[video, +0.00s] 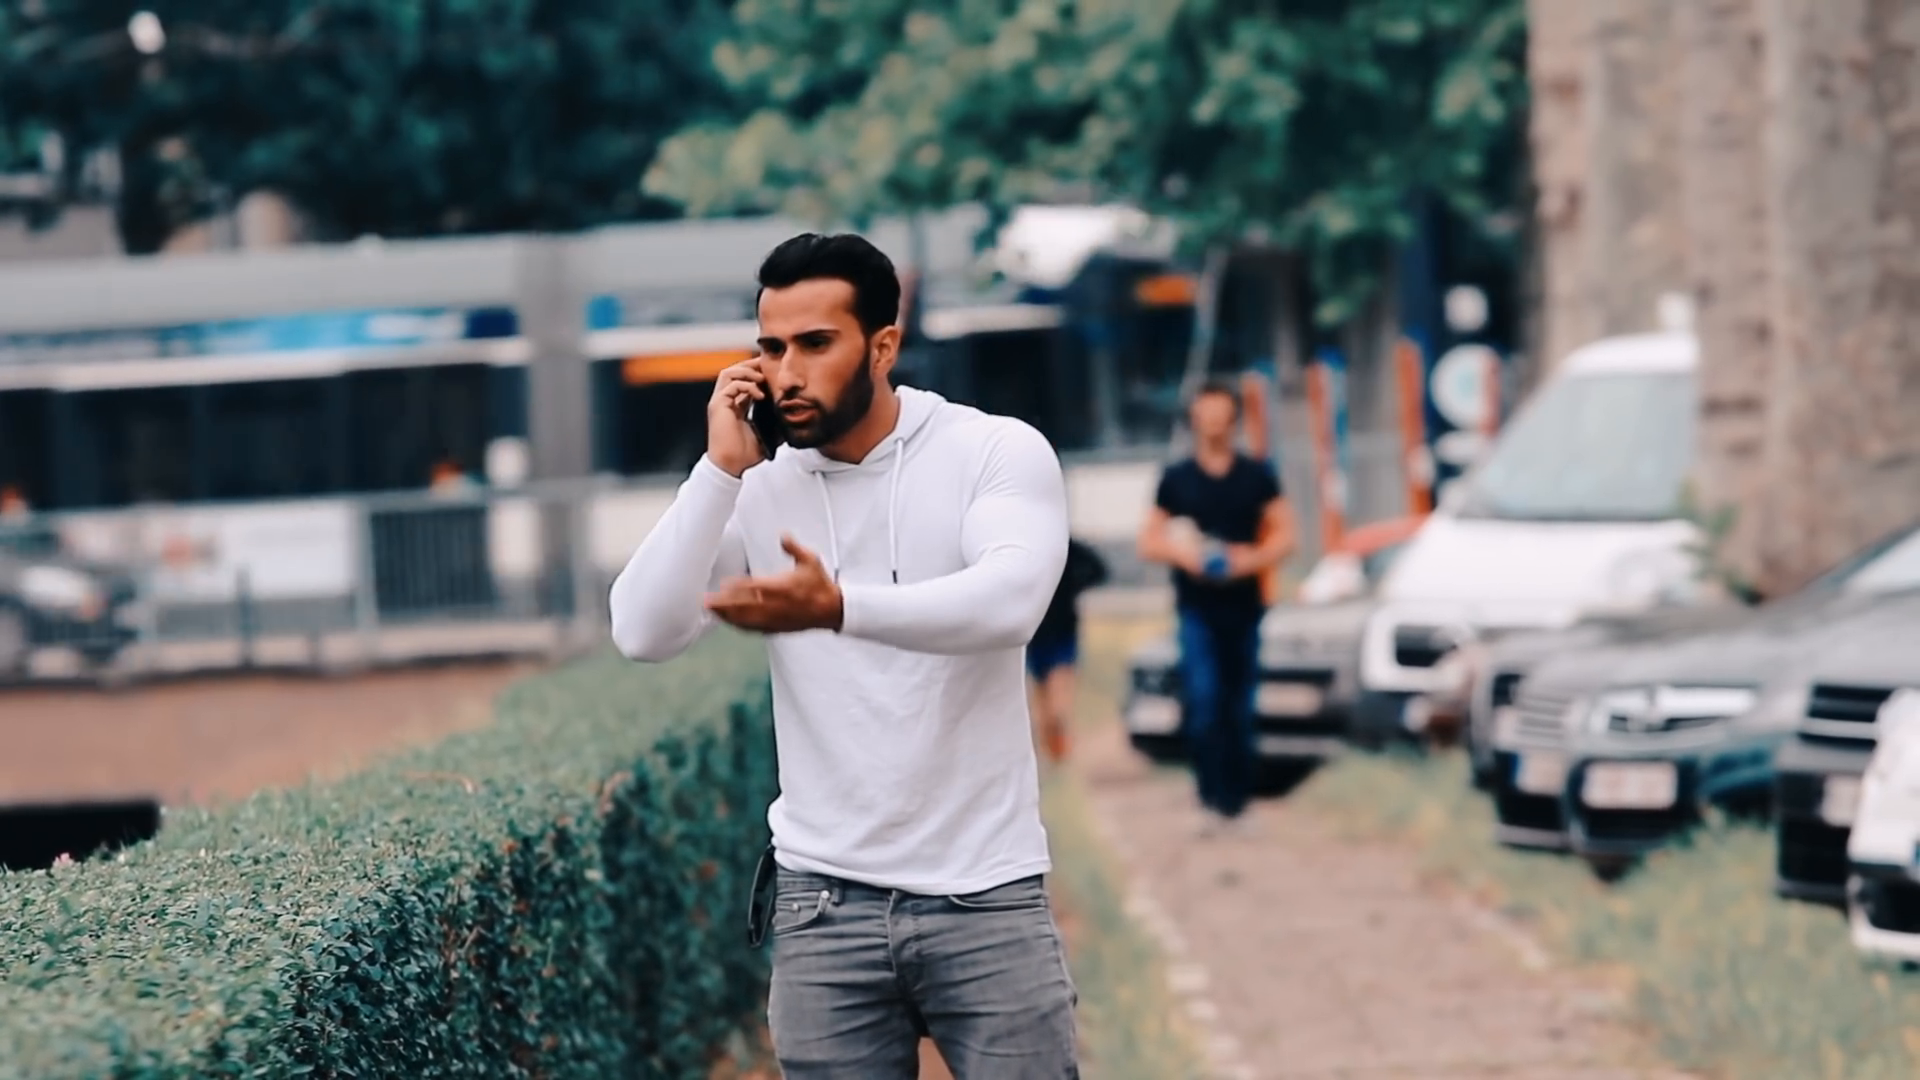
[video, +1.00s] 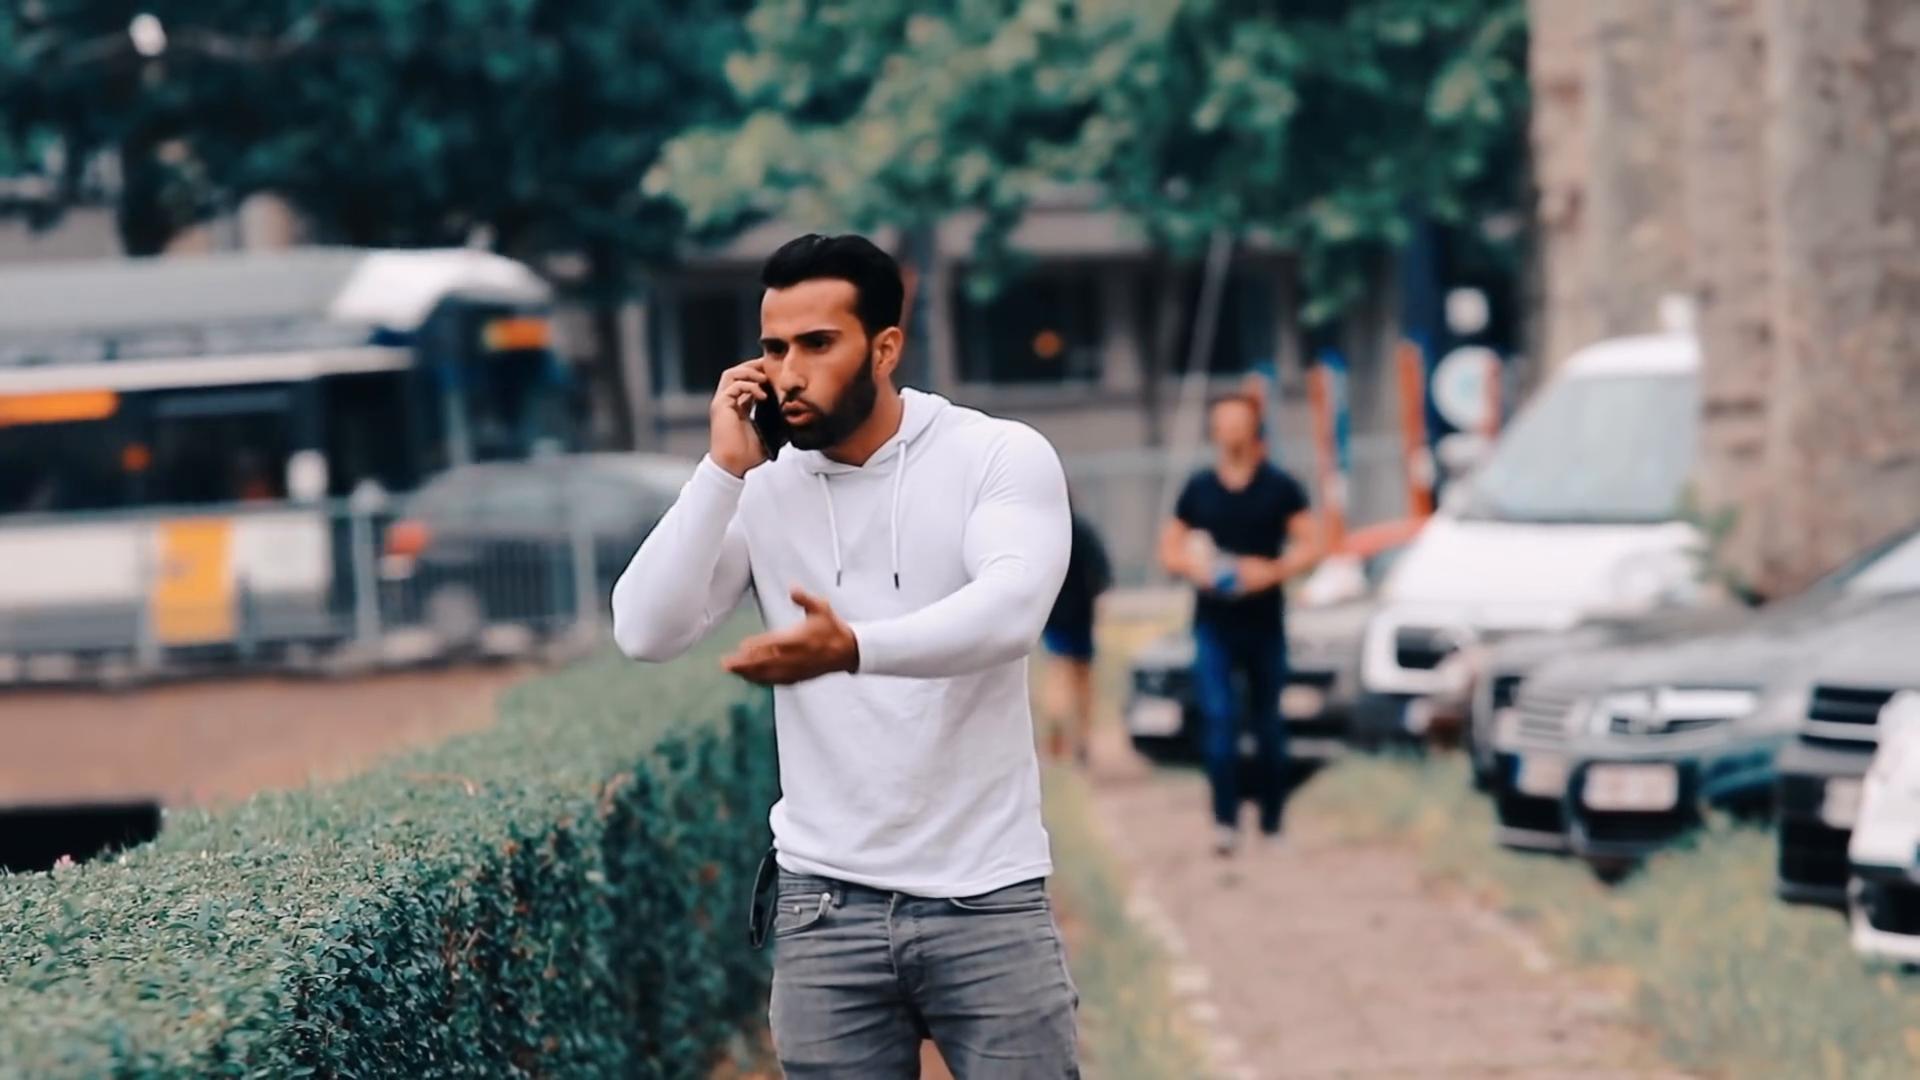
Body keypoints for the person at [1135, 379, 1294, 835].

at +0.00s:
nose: (1214, 426)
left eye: (1222, 418)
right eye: (1206, 418)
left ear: (1234, 420)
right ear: (1193, 419)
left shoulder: (1257, 475)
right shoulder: (1178, 478)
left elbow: (1283, 536)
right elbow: (1151, 540)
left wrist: (1246, 559)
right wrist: (1187, 556)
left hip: (1244, 602)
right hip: (1197, 602)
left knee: (1239, 700)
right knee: (1204, 696)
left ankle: (1238, 793)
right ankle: (1213, 795)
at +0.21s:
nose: (1216, 440)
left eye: (1223, 431)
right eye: (1207, 432)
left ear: (1232, 434)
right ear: (1193, 434)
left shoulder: (1255, 489)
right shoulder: (1176, 493)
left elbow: (1284, 546)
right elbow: (1150, 555)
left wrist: (1251, 573)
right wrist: (1189, 569)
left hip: (1245, 610)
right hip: (1199, 612)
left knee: (1246, 705)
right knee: (1212, 705)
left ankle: (1244, 798)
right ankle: (1217, 806)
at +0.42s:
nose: (1219, 433)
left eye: (1226, 424)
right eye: (1210, 424)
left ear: (1235, 427)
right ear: (1196, 427)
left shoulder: (1260, 482)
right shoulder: (1177, 488)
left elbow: (1285, 544)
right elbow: (1151, 547)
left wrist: (1248, 566)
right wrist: (1188, 562)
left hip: (1242, 615)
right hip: (1194, 616)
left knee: (1248, 701)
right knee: (1197, 712)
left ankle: (1258, 791)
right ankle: (1205, 806)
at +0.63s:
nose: (1229, 443)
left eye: (1237, 435)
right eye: (1222, 435)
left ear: (1249, 438)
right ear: (1210, 437)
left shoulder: (1270, 491)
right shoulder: (1193, 493)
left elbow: (1298, 555)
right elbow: (1165, 554)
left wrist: (1257, 573)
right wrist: (1196, 570)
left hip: (1253, 622)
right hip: (1207, 622)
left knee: (1258, 716)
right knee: (1208, 718)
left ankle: (1275, 814)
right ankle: (1221, 809)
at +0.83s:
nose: (1233, 434)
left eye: (1241, 425)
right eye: (1225, 425)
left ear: (1257, 429)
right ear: (1216, 429)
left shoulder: (1281, 485)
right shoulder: (1202, 486)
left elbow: (1311, 544)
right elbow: (1173, 549)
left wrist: (1267, 567)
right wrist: (1203, 564)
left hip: (1262, 623)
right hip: (1213, 623)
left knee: (1266, 721)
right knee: (1210, 722)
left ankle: (1275, 810)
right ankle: (1231, 791)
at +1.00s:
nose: (1229, 433)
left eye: (1238, 425)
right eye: (1222, 425)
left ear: (1255, 429)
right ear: (1212, 429)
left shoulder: (1279, 487)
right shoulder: (1201, 487)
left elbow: (1311, 544)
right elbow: (1170, 550)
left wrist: (1270, 570)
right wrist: (1200, 567)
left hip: (1263, 617)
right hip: (1214, 617)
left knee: (1266, 719)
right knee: (1220, 716)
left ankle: (1271, 819)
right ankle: (1225, 821)